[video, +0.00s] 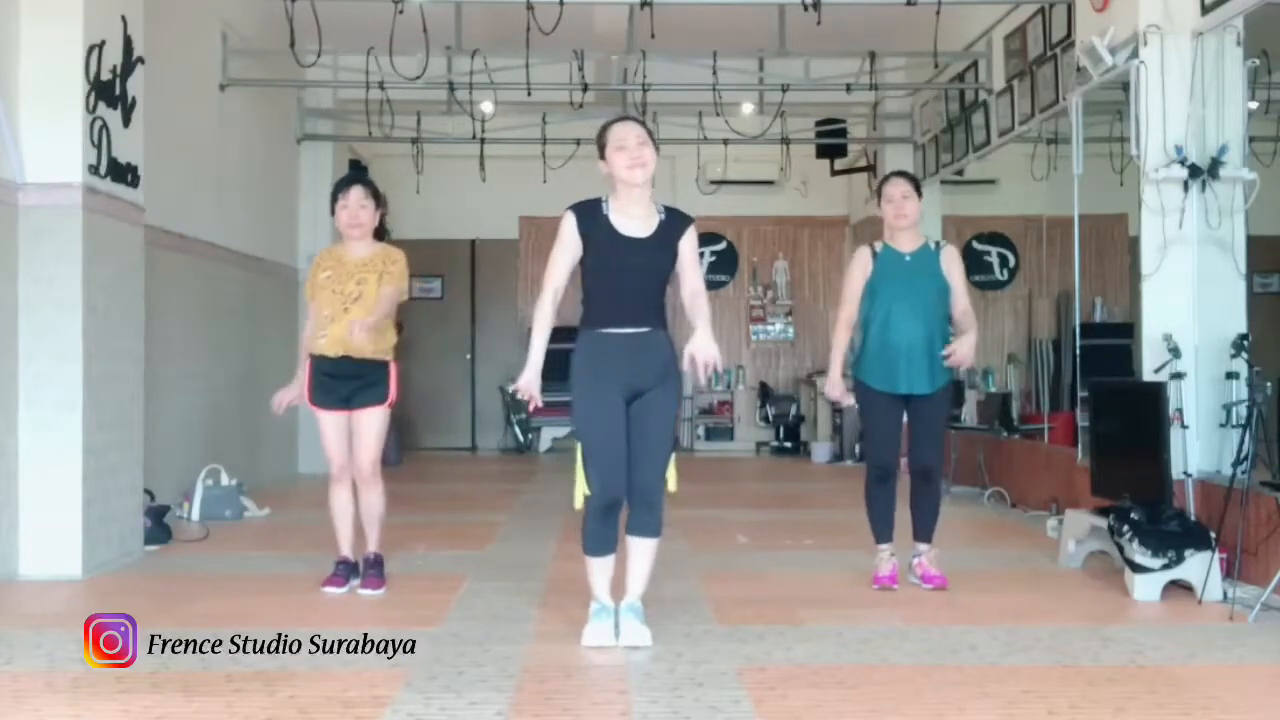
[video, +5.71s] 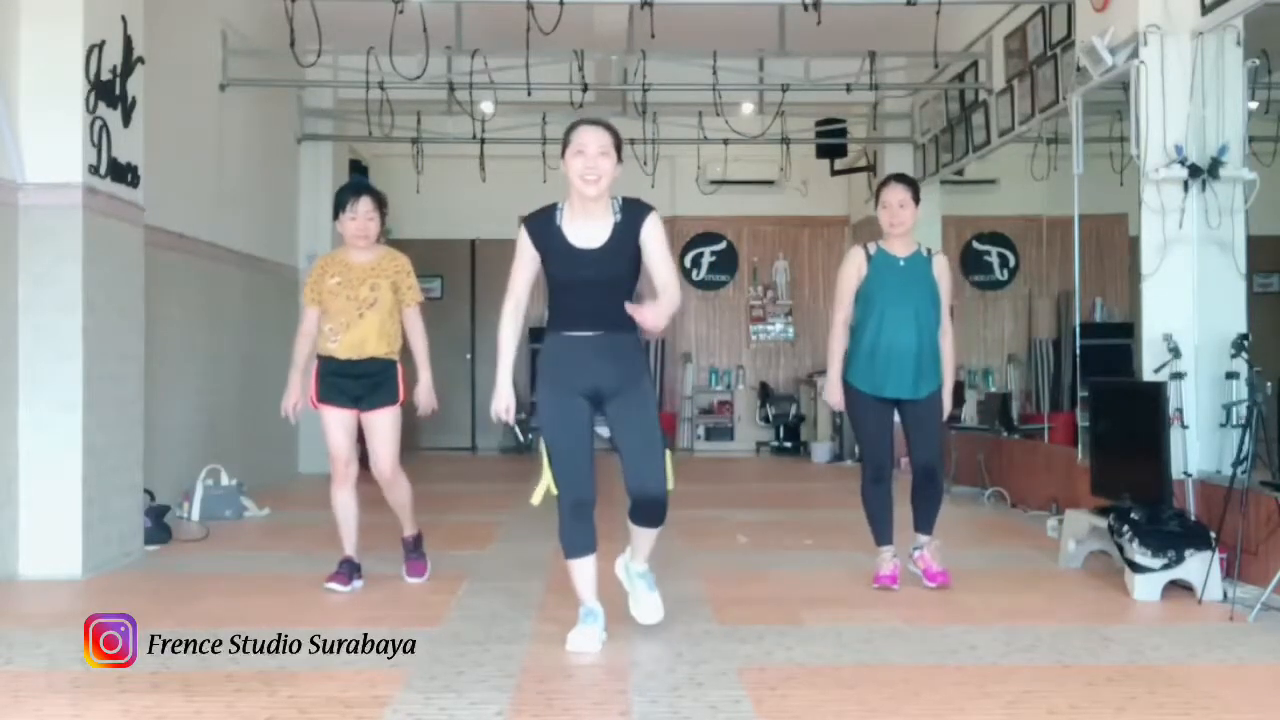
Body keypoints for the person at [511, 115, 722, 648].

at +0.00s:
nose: (636, 154)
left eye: (642, 144)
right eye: (623, 148)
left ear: (657, 154)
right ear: (605, 163)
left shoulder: (679, 226)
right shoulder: (581, 219)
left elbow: (694, 293)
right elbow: (550, 293)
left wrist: (703, 332)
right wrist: (533, 366)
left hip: (657, 364)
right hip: (597, 364)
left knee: (649, 488)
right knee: (606, 489)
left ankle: (633, 605)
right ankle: (601, 606)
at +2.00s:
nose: (631, 161)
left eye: (641, 152)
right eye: (620, 152)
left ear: (656, 162)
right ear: (603, 160)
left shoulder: (671, 227)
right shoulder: (575, 218)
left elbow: (686, 287)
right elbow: (543, 294)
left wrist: (687, 303)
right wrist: (521, 364)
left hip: (654, 363)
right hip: (593, 363)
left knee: (646, 487)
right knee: (603, 489)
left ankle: (632, 605)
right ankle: (600, 605)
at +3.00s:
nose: (607, 166)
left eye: (618, 156)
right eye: (597, 155)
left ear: (635, 165)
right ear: (582, 163)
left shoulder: (664, 220)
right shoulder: (562, 231)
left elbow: (685, 291)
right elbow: (544, 292)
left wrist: (692, 361)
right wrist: (567, 299)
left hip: (641, 368)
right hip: (576, 368)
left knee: (635, 490)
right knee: (585, 488)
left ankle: (629, 605)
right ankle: (597, 605)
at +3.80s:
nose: (622, 161)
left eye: (632, 151)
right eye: (611, 151)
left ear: (647, 159)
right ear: (593, 160)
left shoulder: (669, 220)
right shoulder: (569, 224)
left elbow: (692, 286)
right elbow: (548, 301)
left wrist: (684, 319)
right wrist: (534, 373)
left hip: (653, 364)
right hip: (590, 366)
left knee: (645, 487)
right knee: (598, 487)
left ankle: (632, 604)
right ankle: (599, 605)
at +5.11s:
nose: (594, 176)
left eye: (604, 168)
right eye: (583, 168)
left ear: (620, 178)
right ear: (566, 178)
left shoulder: (641, 235)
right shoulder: (540, 242)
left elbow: (660, 292)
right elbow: (509, 320)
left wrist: (666, 354)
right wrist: (540, 298)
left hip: (624, 375)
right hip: (559, 378)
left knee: (637, 475)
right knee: (571, 503)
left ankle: (628, 607)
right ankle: (589, 613)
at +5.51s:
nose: (589, 180)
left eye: (599, 171)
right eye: (579, 171)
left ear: (615, 183)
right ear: (561, 181)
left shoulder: (640, 243)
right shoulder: (538, 249)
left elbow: (655, 316)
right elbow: (522, 326)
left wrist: (668, 378)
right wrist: (530, 381)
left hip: (625, 385)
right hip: (558, 387)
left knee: (645, 475)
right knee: (566, 503)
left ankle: (639, 595)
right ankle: (590, 611)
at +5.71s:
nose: (592, 163)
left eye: (603, 154)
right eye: (580, 153)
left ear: (618, 164)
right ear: (564, 162)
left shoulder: (641, 220)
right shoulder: (538, 227)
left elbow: (671, 290)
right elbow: (514, 307)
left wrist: (662, 311)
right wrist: (504, 381)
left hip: (626, 366)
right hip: (562, 368)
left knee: (651, 489)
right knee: (575, 494)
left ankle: (636, 565)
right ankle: (588, 609)